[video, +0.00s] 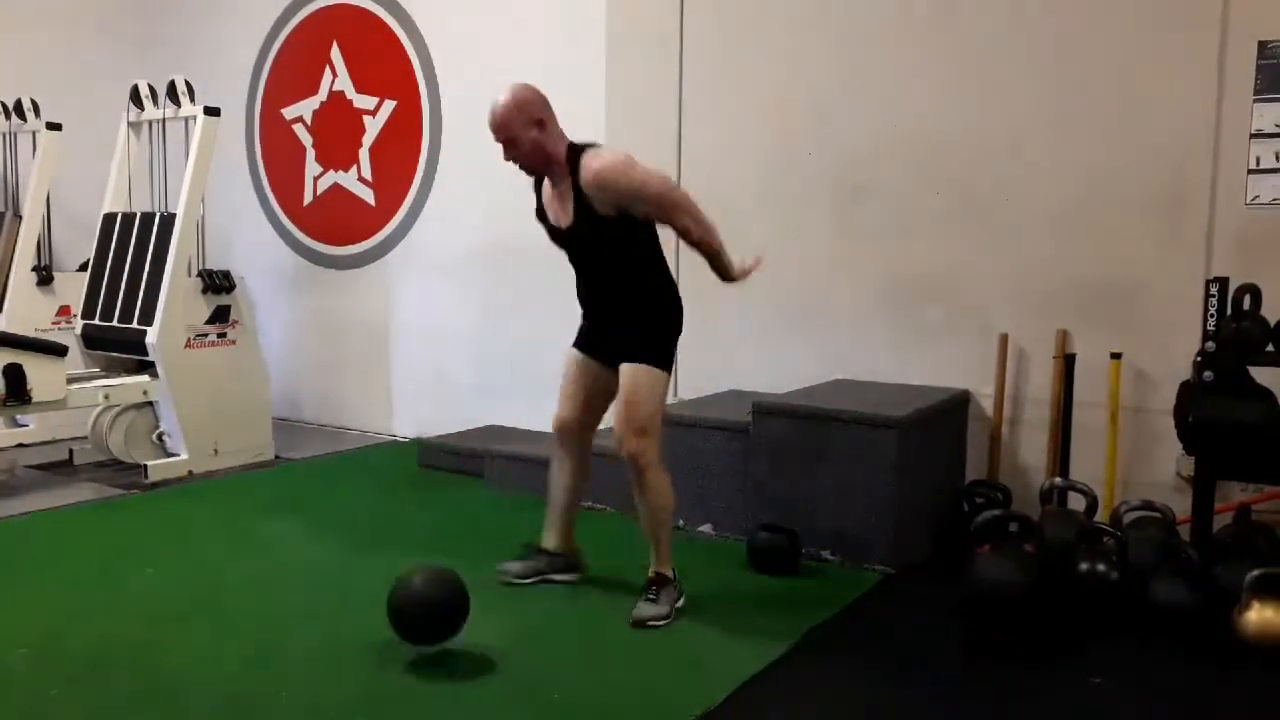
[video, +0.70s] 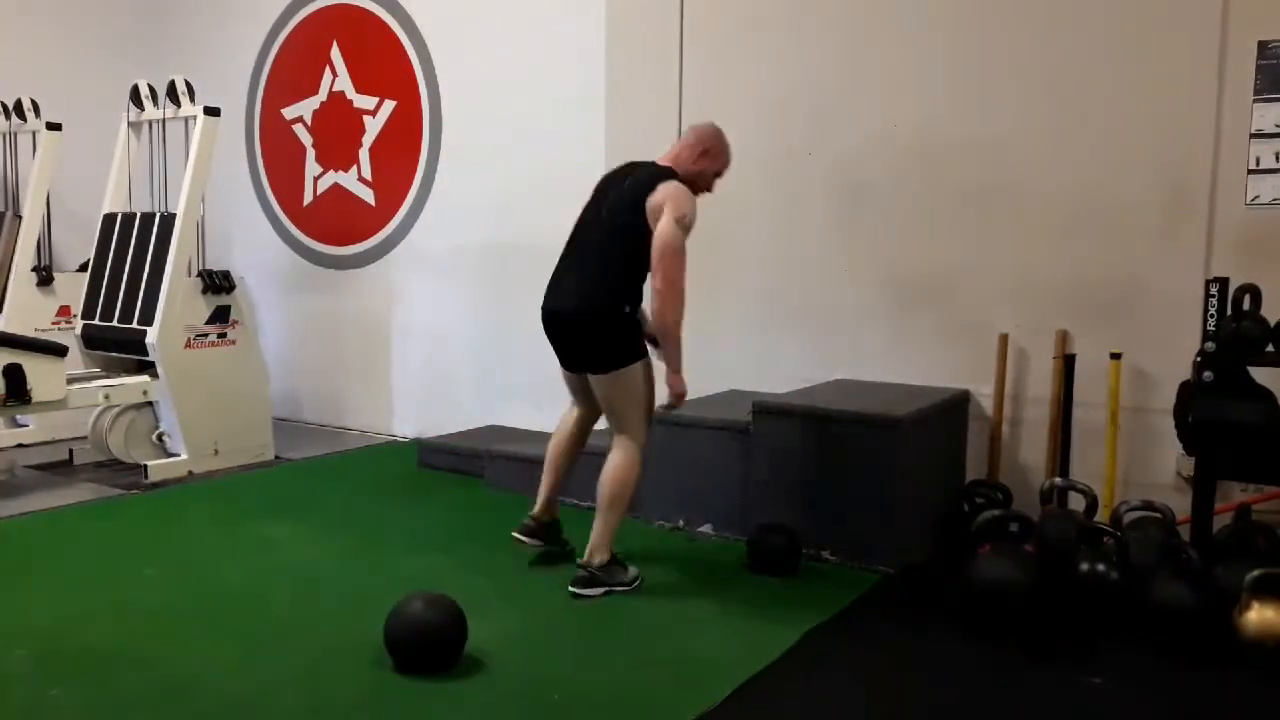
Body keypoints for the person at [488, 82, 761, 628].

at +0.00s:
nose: (506, 156)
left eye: (509, 143)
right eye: (502, 146)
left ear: (542, 128)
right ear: (530, 134)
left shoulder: (604, 172)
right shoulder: (544, 181)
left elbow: (682, 210)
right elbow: (593, 232)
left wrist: (726, 269)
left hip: (649, 313)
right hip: (601, 313)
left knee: (637, 444)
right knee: (569, 428)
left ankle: (663, 579)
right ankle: (557, 550)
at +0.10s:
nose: (512, 148)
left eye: (513, 135)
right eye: (509, 137)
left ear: (538, 119)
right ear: (536, 119)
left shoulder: (587, 160)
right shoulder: (565, 169)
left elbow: (646, 233)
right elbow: (607, 249)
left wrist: (667, 317)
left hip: (634, 327)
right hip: (602, 325)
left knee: (624, 444)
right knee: (587, 430)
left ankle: (662, 579)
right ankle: (604, 561)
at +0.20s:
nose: (543, 138)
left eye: (541, 130)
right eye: (543, 130)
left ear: (548, 125)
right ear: (583, 119)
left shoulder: (568, 156)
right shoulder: (620, 162)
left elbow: (559, 235)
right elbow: (661, 244)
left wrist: (503, 311)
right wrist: (613, 278)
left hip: (612, 315)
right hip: (646, 312)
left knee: (554, 434)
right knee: (594, 437)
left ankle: (640, 554)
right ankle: (604, 559)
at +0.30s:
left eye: (581, 127)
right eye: (609, 131)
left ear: (578, 129)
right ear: (621, 136)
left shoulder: (563, 154)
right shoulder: (651, 178)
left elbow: (509, 223)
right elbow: (679, 262)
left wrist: (462, 280)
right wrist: (651, 304)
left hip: (579, 314)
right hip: (637, 320)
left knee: (543, 426)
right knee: (602, 432)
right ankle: (608, 562)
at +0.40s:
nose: (647, 153)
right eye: (648, 147)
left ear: (601, 136)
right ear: (643, 144)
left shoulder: (553, 163)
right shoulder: (651, 180)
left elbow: (499, 233)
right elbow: (679, 261)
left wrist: (501, 299)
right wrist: (691, 332)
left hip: (553, 322)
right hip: (615, 327)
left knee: (539, 434)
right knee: (604, 435)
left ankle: (525, 564)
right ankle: (609, 562)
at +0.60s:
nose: (683, 175)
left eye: (688, 167)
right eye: (685, 165)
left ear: (650, 139)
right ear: (672, 145)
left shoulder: (585, 172)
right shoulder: (658, 179)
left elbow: (561, 241)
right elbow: (651, 265)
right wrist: (669, 350)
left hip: (552, 314)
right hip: (606, 319)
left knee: (563, 417)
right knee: (621, 435)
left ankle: (528, 535)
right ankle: (596, 563)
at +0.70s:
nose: (712, 187)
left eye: (717, 178)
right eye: (714, 174)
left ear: (680, 148)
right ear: (697, 155)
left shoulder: (623, 175)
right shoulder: (676, 196)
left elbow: (599, 262)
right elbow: (666, 285)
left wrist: (641, 321)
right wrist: (674, 370)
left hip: (561, 310)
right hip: (605, 318)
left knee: (584, 406)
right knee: (629, 435)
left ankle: (540, 517)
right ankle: (597, 561)